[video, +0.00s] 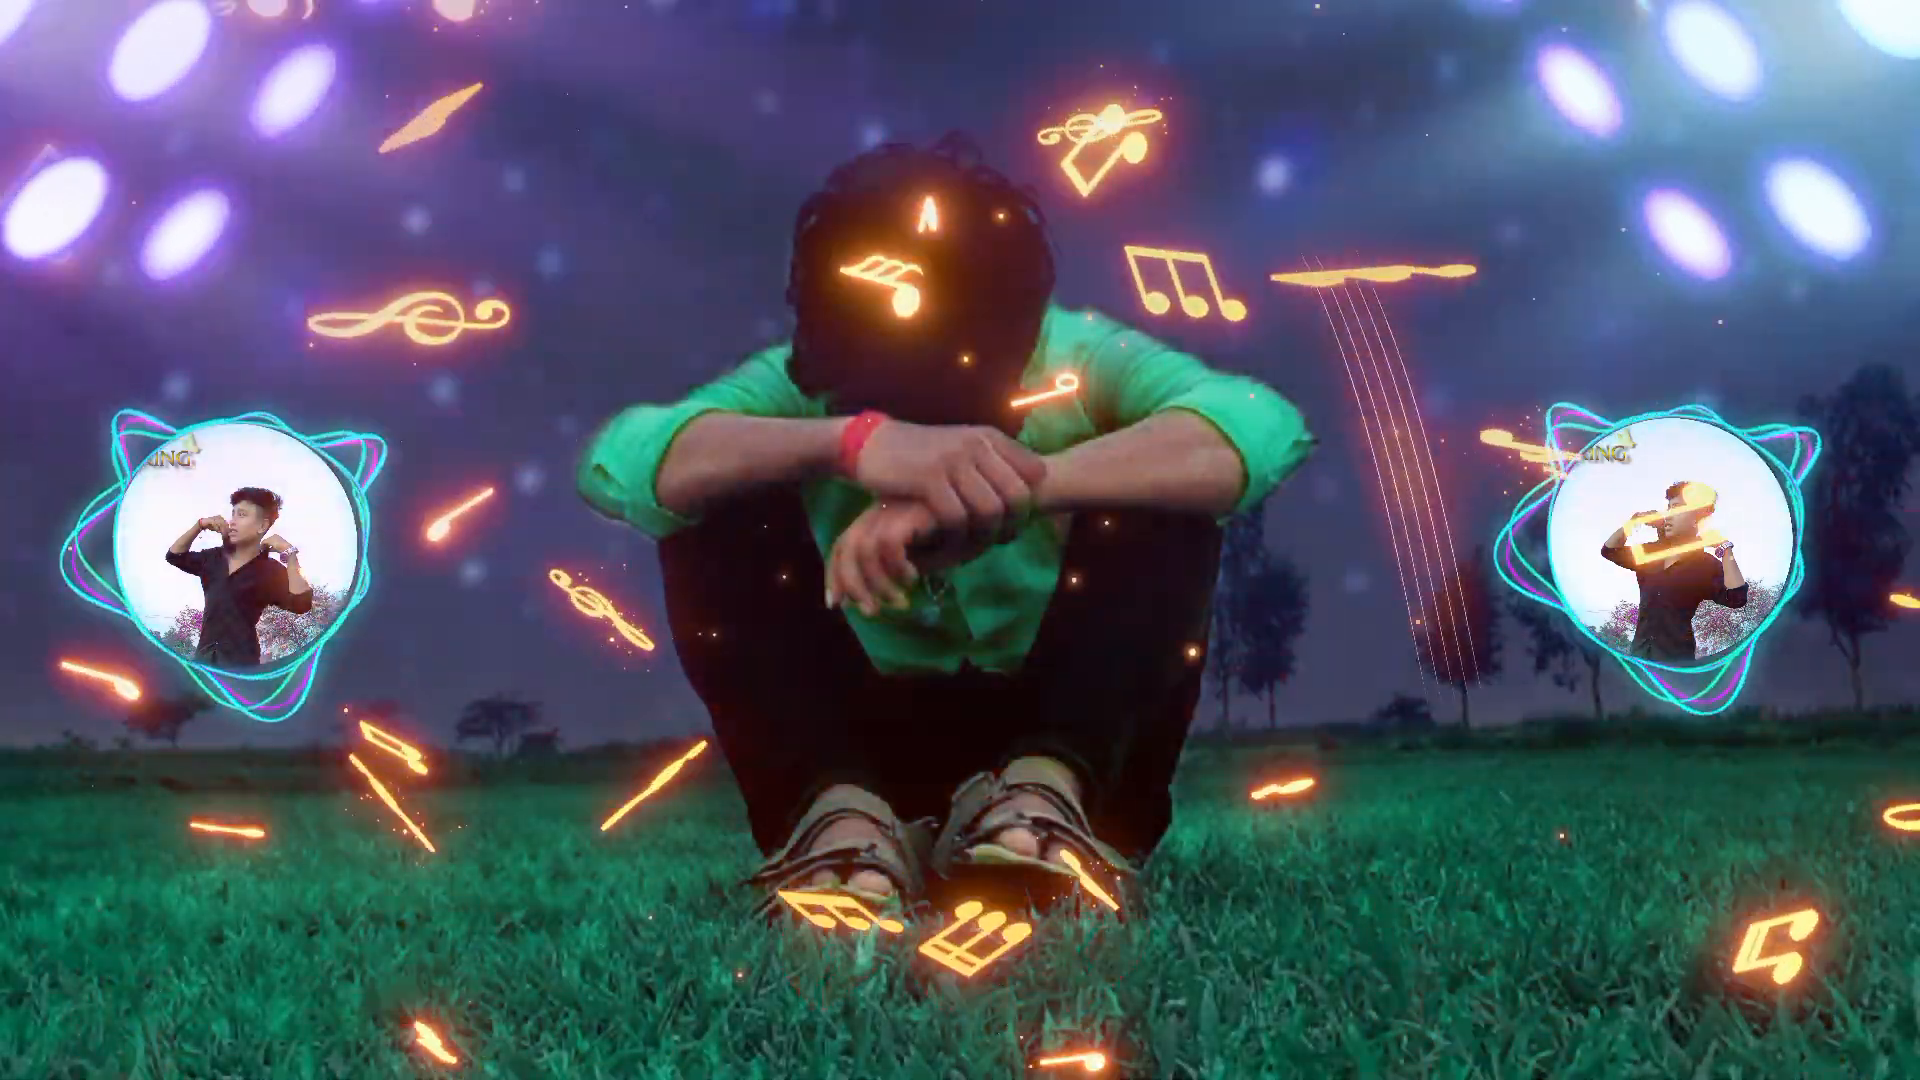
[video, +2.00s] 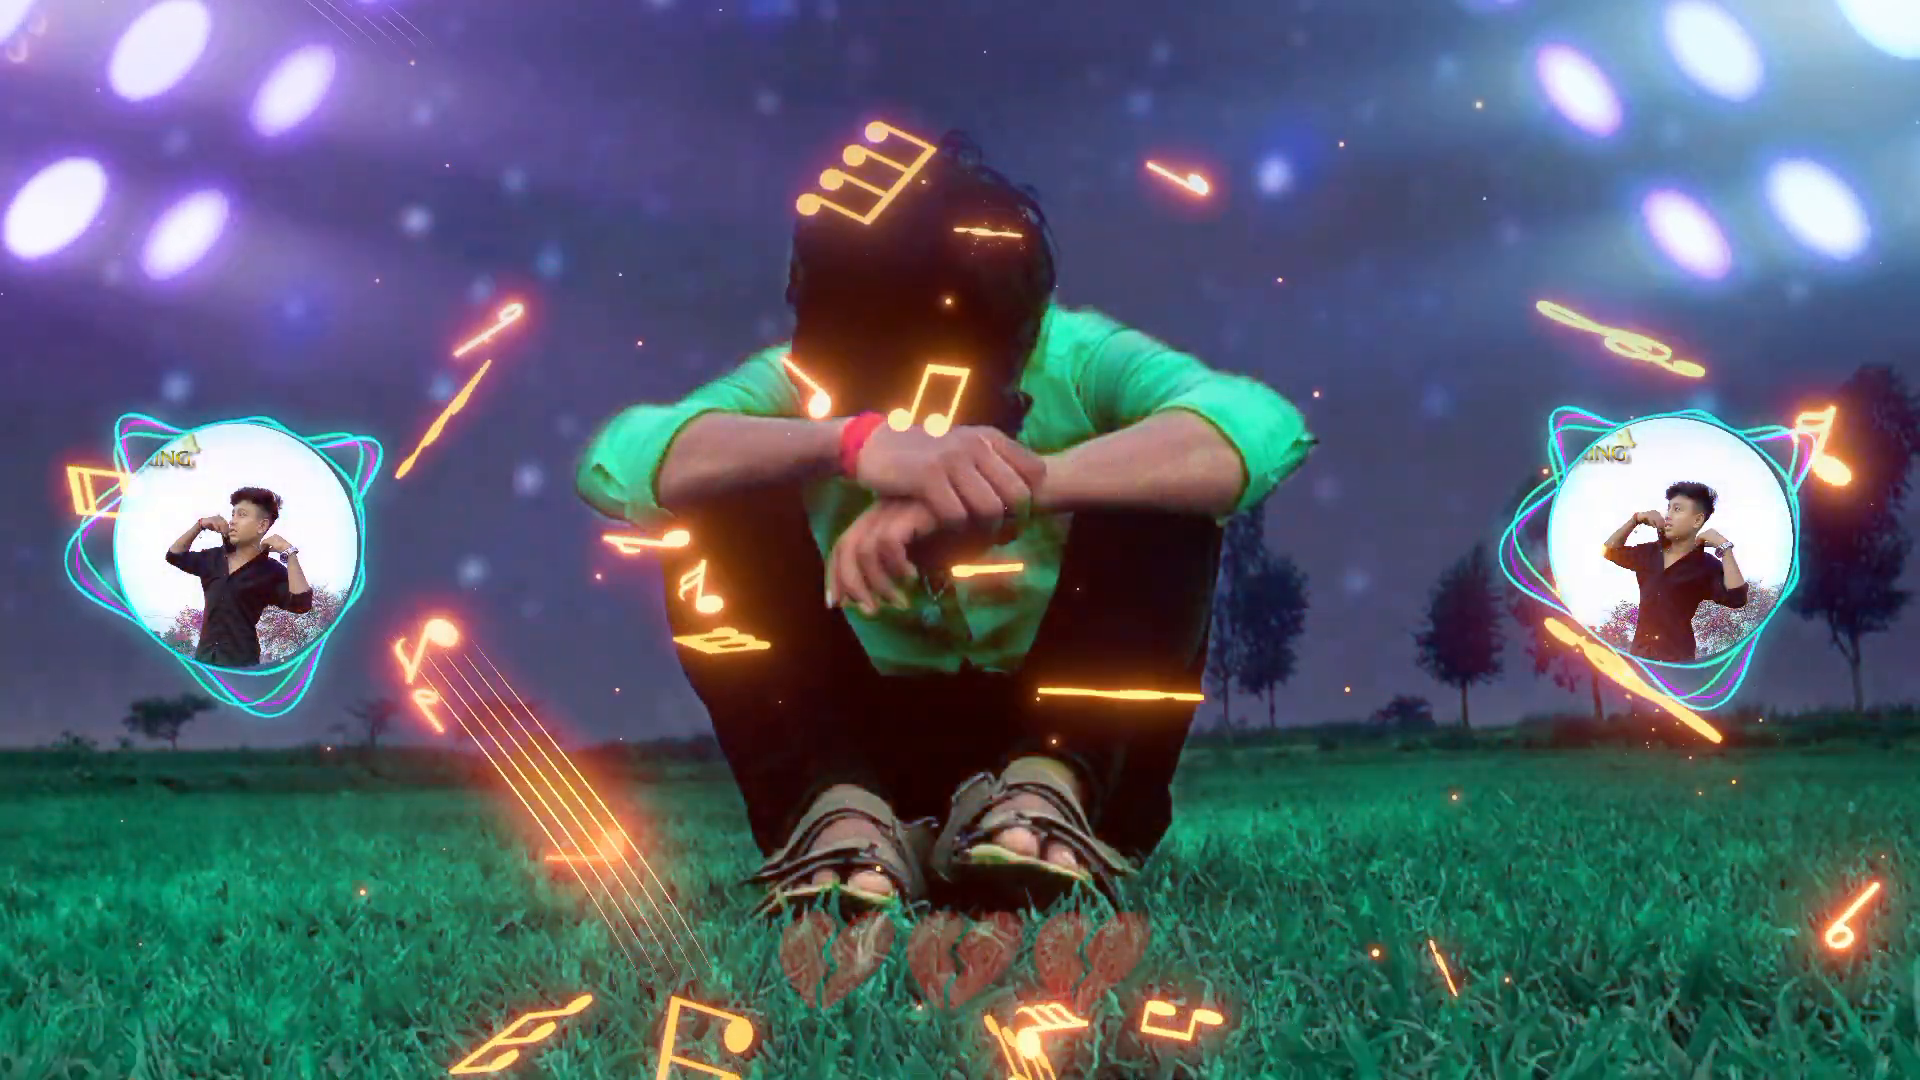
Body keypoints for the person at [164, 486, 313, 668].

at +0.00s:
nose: (231, 521)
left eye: (242, 515)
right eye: (233, 514)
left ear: (264, 524)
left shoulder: (270, 570)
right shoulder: (212, 559)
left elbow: (302, 605)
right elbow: (174, 556)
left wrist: (290, 555)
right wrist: (199, 526)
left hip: (242, 663)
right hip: (204, 660)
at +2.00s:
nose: (232, 521)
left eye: (242, 515)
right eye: (233, 514)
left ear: (263, 525)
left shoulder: (270, 570)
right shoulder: (213, 558)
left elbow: (302, 604)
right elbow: (174, 556)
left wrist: (290, 554)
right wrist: (199, 526)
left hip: (242, 663)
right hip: (204, 659)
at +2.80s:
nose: (233, 522)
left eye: (243, 515)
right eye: (233, 514)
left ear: (263, 525)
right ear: (229, 517)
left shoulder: (270, 570)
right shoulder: (212, 558)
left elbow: (302, 605)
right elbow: (174, 556)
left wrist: (289, 553)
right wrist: (199, 526)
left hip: (243, 664)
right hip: (204, 661)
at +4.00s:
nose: (232, 521)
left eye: (241, 515)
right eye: (233, 515)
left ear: (263, 525)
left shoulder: (270, 570)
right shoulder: (212, 558)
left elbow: (301, 604)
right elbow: (174, 557)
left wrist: (290, 553)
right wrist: (199, 526)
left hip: (242, 664)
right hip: (203, 659)